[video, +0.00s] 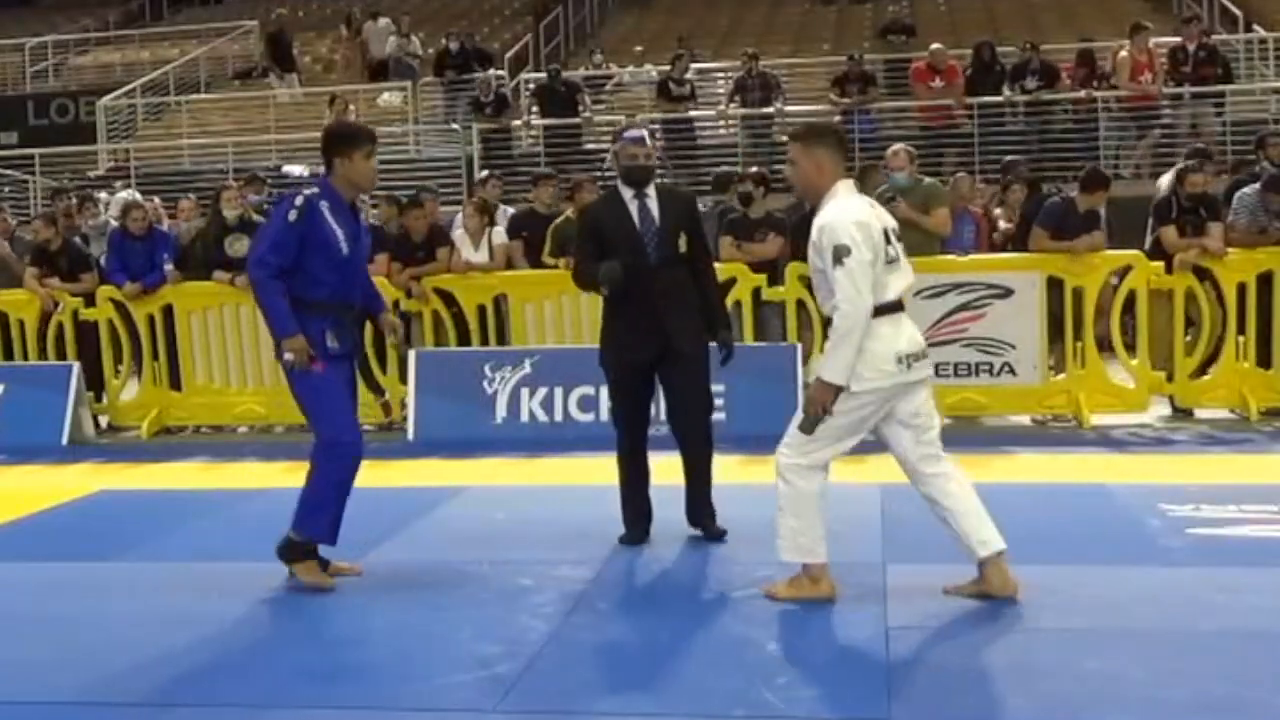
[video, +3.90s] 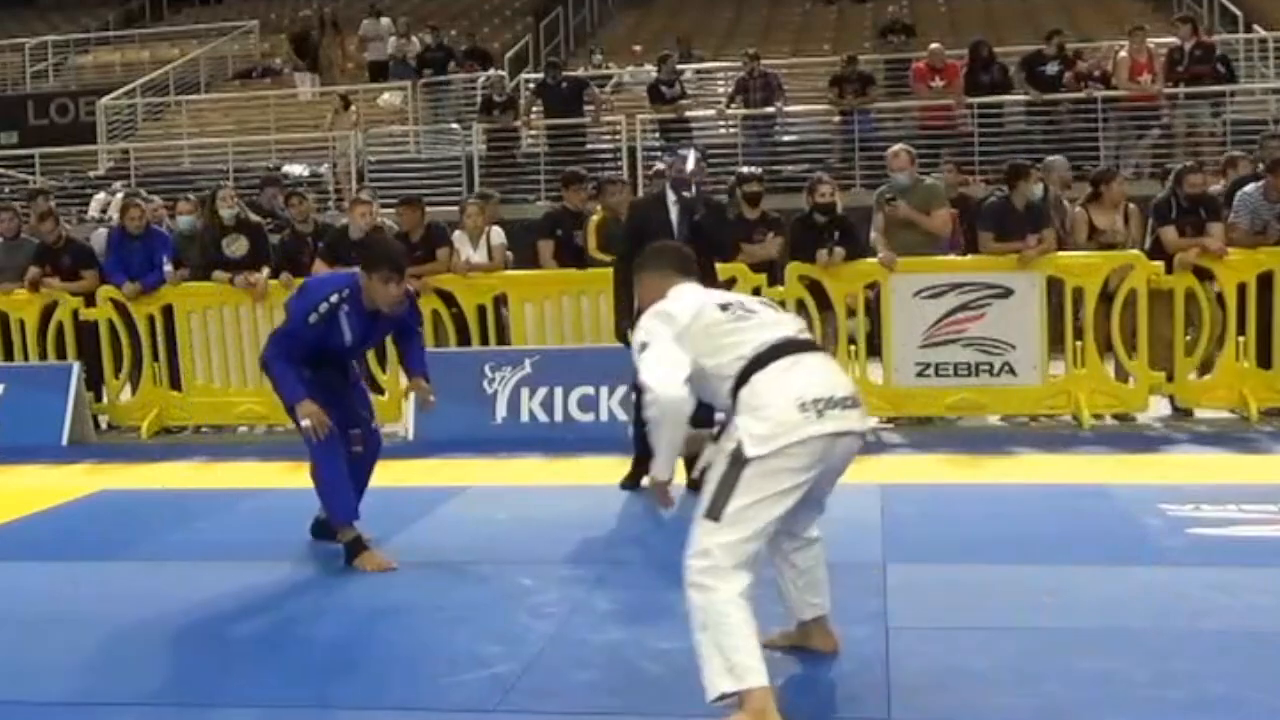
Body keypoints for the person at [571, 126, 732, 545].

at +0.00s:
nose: (638, 158)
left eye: (645, 151)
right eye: (630, 152)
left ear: (656, 157)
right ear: (615, 159)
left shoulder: (680, 202)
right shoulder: (597, 213)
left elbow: (703, 267)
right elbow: (581, 273)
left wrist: (719, 323)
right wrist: (600, 273)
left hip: (682, 332)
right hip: (626, 337)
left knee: (695, 427)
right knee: (631, 435)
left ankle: (702, 515)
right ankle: (636, 523)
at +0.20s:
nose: (647, 161)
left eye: (653, 154)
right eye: (639, 155)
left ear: (663, 160)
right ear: (624, 163)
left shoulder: (686, 204)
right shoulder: (610, 208)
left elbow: (708, 266)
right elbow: (591, 246)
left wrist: (726, 319)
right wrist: (593, 219)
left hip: (686, 332)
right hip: (632, 335)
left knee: (698, 419)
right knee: (633, 432)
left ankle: (699, 491)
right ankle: (636, 523)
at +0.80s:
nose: (673, 166)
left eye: (680, 159)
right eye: (666, 159)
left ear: (690, 163)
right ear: (652, 162)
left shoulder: (702, 207)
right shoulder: (632, 203)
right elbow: (628, 255)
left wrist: (723, 323)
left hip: (697, 317)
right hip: (643, 312)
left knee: (695, 418)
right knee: (639, 411)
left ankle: (693, 503)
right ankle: (634, 487)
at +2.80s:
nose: (642, 170)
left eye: (650, 165)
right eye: (638, 164)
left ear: (667, 170)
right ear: (631, 168)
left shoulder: (692, 215)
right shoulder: (618, 214)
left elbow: (706, 272)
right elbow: (607, 270)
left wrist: (715, 324)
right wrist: (599, 319)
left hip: (677, 325)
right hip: (630, 325)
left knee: (685, 406)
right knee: (636, 406)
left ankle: (691, 480)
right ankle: (637, 476)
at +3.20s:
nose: (636, 175)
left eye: (643, 169)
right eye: (630, 168)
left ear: (654, 173)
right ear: (619, 172)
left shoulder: (674, 210)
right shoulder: (602, 216)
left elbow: (693, 261)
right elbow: (592, 273)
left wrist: (679, 296)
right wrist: (591, 323)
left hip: (670, 318)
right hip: (625, 321)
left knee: (680, 399)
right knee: (633, 402)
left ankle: (690, 477)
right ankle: (638, 473)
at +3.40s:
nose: (645, 175)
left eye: (652, 169)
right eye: (639, 168)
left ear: (662, 174)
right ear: (626, 170)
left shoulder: (675, 209)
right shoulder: (604, 215)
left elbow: (698, 259)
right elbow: (593, 273)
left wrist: (676, 238)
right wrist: (593, 325)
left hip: (673, 317)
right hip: (627, 320)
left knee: (685, 398)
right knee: (635, 401)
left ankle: (697, 475)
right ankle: (639, 473)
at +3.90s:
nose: (685, 180)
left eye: (692, 173)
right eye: (679, 173)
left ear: (701, 175)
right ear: (666, 172)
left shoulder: (711, 209)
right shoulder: (643, 210)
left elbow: (727, 250)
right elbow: (625, 265)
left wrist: (699, 207)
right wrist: (624, 316)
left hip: (703, 306)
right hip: (653, 308)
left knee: (703, 393)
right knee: (647, 390)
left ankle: (699, 467)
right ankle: (642, 461)